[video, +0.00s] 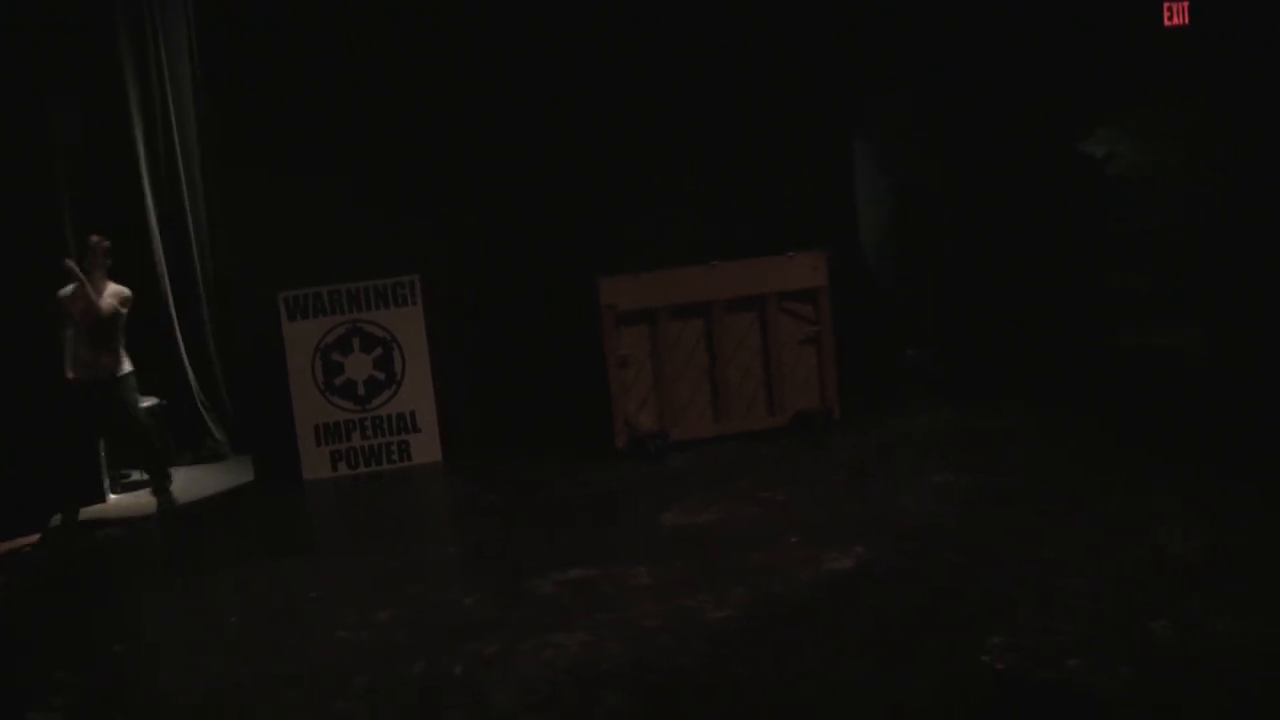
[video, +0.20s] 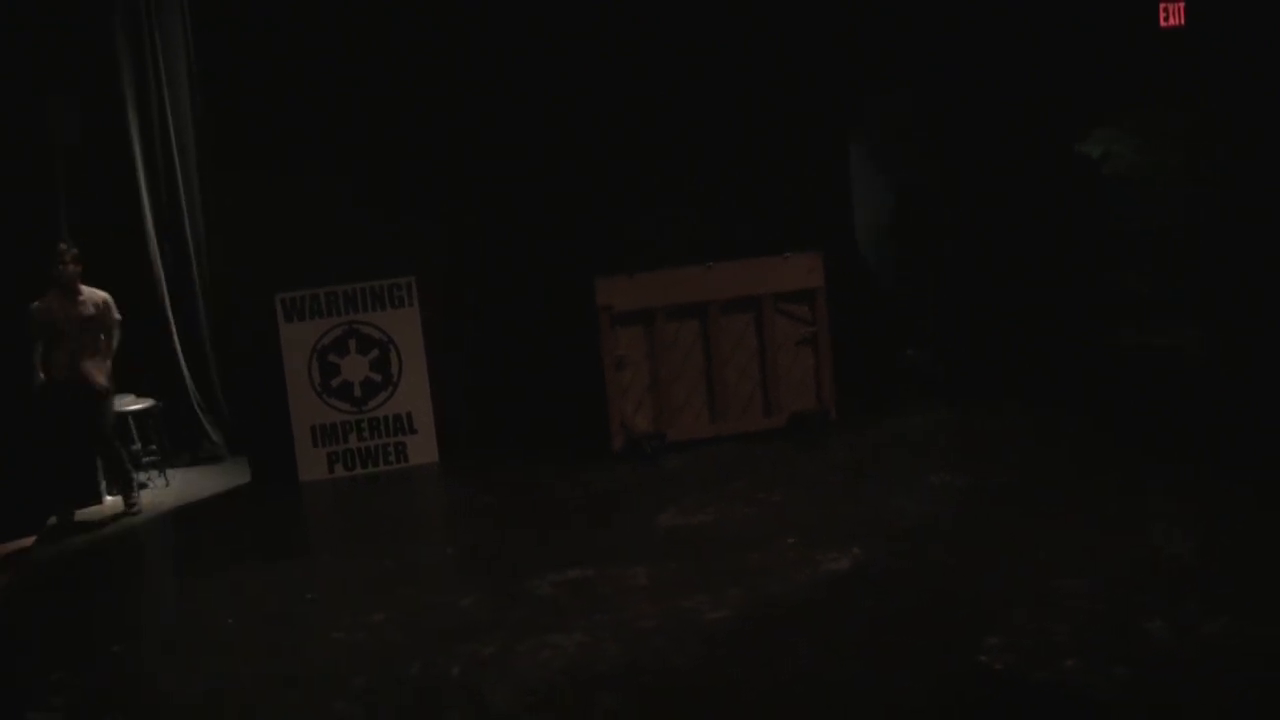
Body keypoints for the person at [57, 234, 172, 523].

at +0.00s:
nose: (102, 260)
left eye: (105, 254)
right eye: (97, 254)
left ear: (110, 258)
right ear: (86, 258)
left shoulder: (121, 293)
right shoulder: (68, 296)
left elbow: (101, 312)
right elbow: (64, 336)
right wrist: (68, 370)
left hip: (118, 375)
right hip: (83, 379)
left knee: (134, 429)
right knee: (77, 442)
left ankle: (161, 487)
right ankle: (70, 508)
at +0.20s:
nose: (65, 271)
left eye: (69, 265)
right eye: (60, 266)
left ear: (79, 267)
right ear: (54, 270)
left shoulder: (101, 300)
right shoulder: (44, 308)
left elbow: (114, 332)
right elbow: (37, 344)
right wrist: (40, 372)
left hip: (96, 381)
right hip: (61, 385)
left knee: (106, 439)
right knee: (62, 446)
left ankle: (129, 493)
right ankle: (64, 509)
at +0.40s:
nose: (50, 281)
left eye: (55, 275)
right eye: (46, 275)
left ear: (65, 277)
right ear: (39, 279)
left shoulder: (84, 313)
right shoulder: (29, 310)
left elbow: (107, 331)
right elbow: (26, 342)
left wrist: (122, 353)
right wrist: (31, 369)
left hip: (84, 382)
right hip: (49, 385)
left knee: (102, 438)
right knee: (55, 445)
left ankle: (123, 494)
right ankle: (58, 508)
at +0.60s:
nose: (46, 285)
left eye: (50, 278)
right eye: (40, 279)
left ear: (59, 282)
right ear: (32, 283)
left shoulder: (74, 320)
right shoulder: (21, 314)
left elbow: (93, 352)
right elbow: (20, 354)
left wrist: (109, 380)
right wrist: (22, 386)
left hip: (76, 385)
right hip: (41, 387)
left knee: (94, 440)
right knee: (47, 447)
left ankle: (117, 494)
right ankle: (54, 508)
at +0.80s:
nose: (43, 292)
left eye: (47, 286)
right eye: (37, 286)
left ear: (56, 289)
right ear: (29, 290)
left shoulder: (72, 325)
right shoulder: (18, 320)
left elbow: (84, 363)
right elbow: (16, 361)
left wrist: (76, 390)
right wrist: (21, 394)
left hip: (70, 394)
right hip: (36, 397)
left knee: (84, 450)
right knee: (45, 457)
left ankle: (115, 501)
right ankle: (53, 518)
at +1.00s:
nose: (36, 303)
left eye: (40, 297)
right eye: (31, 298)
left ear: (50, 299)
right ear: (25, 303)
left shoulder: (71, 328)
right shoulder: (18, 338)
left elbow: (89, 363)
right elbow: (17, 380)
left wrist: (96, 400)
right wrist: (21, 410)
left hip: (72, 400)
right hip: (39, 406)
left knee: (69, 445)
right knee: (44, 457)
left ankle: (105, 506)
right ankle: (55, 521)